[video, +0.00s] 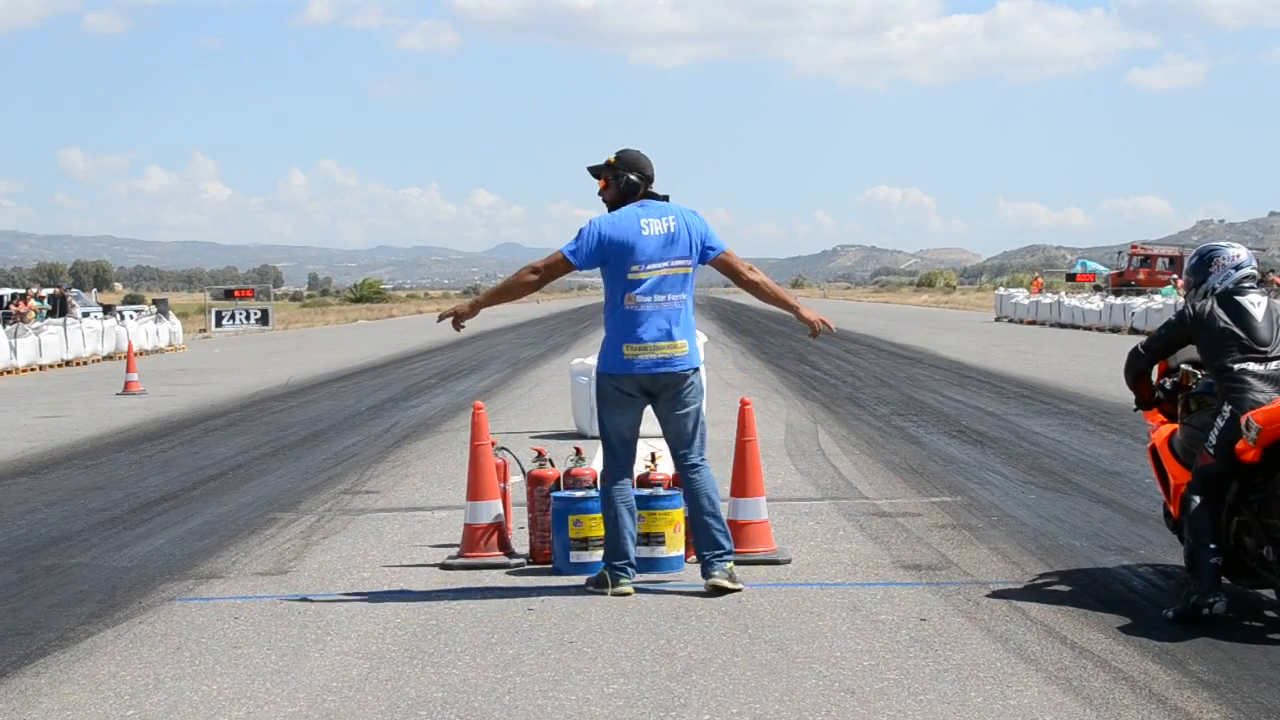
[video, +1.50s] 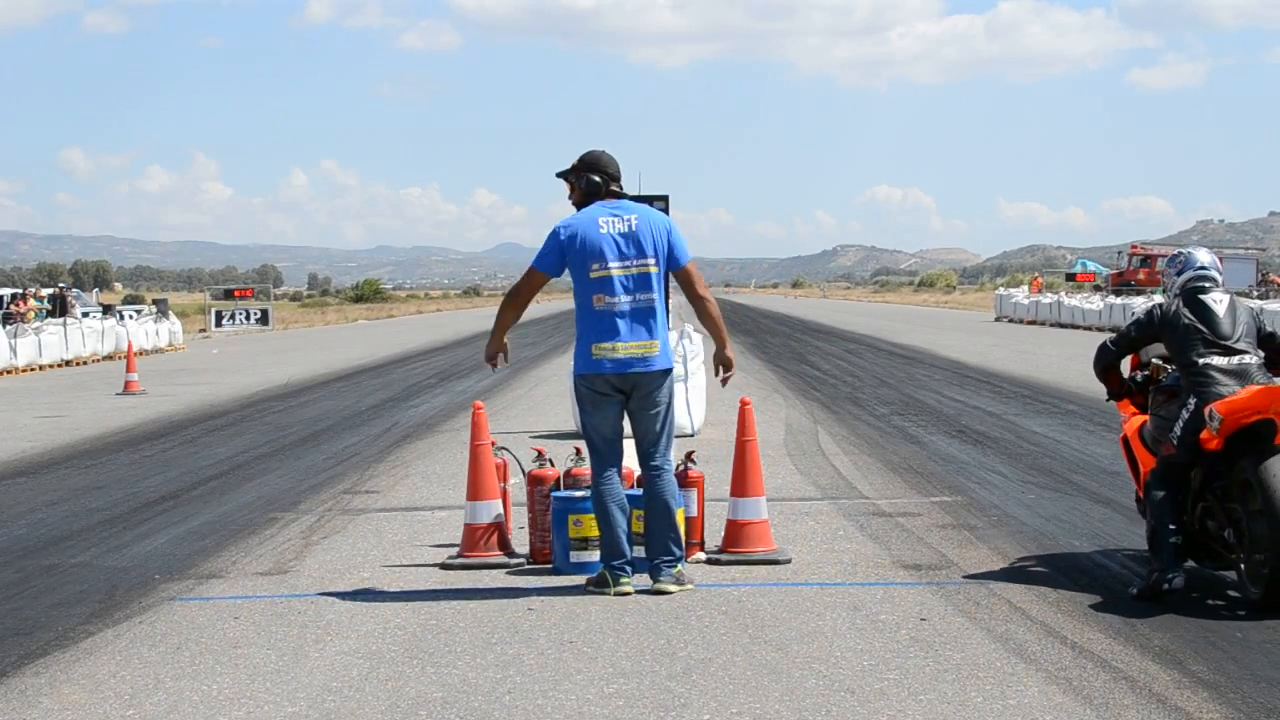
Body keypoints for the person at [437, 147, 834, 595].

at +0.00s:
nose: (598, 191)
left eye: (602, 183)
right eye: (600, 182)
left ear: (621, 183)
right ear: (647, 184)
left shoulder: (604, 229)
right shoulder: (689, 221)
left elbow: (538, 274)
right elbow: (743, 273)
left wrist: (476, 303)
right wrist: (801, 309)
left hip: (622, 365)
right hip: (679, 361)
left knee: (617, 470)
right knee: (693, 462)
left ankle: (619, 572)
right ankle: (719, 564)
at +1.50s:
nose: (568, 196)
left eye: (570, 188)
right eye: (568, 188)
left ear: (585, 186)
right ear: (616, 185)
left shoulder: (571, 230)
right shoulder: (659, 223)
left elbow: (523, 291)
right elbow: (698, 292)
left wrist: (497, 336)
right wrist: (723, 344)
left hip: (596, 366)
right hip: (653, 362)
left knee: (605, 468)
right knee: (658, 462)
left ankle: (616, 572)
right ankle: (667, 568)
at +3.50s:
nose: (528, 184)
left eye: (530, 177)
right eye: (528, 177)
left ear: (544, 178)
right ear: (581, 177)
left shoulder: (523, 228)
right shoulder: (624, 220)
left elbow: (500, 319)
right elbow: (649, 307)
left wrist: (487, 390)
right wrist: (649, 370)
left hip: (553, 375)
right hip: (616, 371)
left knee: (561, 485)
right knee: (629, 477)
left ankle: (570, 605)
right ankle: (641, 593)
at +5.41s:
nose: (575, 169)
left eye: (580, 159)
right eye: (576, 159)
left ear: (602, 161)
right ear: (632, 161)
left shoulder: (587, 219)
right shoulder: (686, 215)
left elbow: (566, 315)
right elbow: (708, 310)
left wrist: (547, 392)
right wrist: (703, 374)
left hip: (611, 384)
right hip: (679, 380)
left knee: (622, 506)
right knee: (683, 496)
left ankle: (638, 631)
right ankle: (701, 623)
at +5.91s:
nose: (599, 167)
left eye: (607, 158)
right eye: (599, 158)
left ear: (636, 160)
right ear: (653, 162)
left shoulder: (621, 215)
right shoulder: (704, 214)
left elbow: (604, 315)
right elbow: (721, 305)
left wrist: (578, 385)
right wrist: (699, 361)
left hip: (632, 383)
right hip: (696, 381)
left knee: (633, 508)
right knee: (694, 505)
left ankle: (639, 631)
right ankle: (706, 627)